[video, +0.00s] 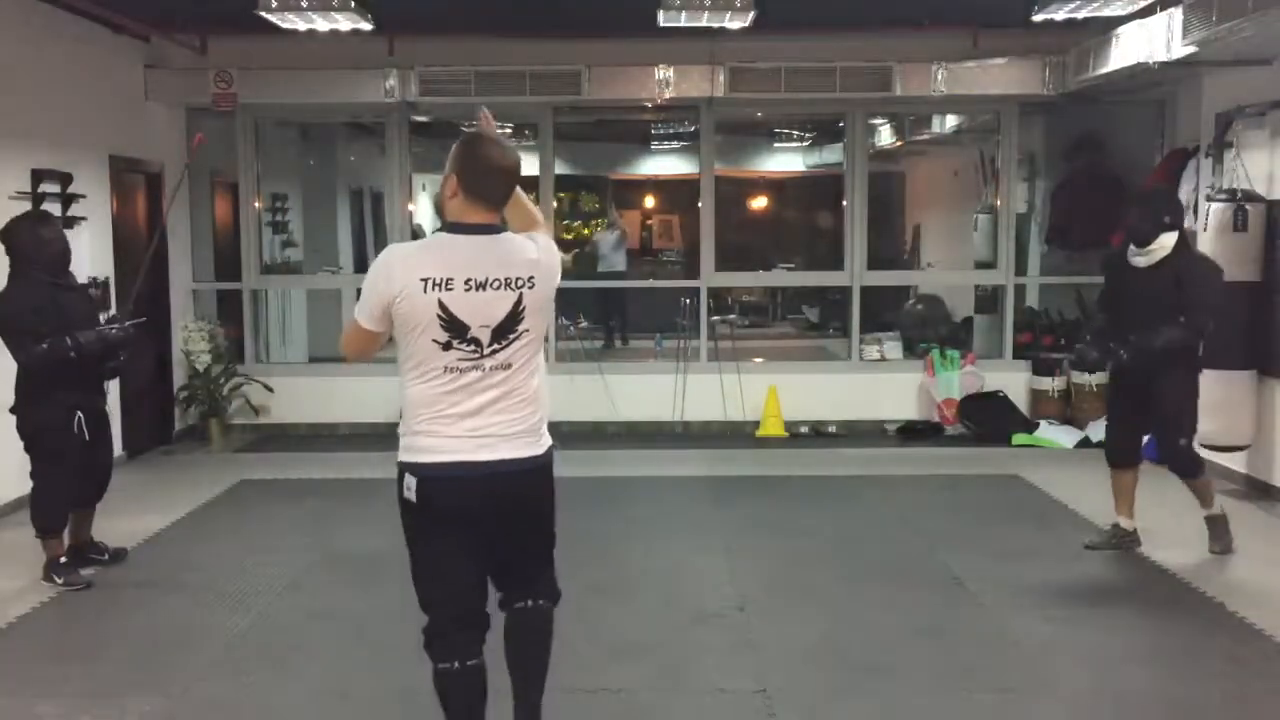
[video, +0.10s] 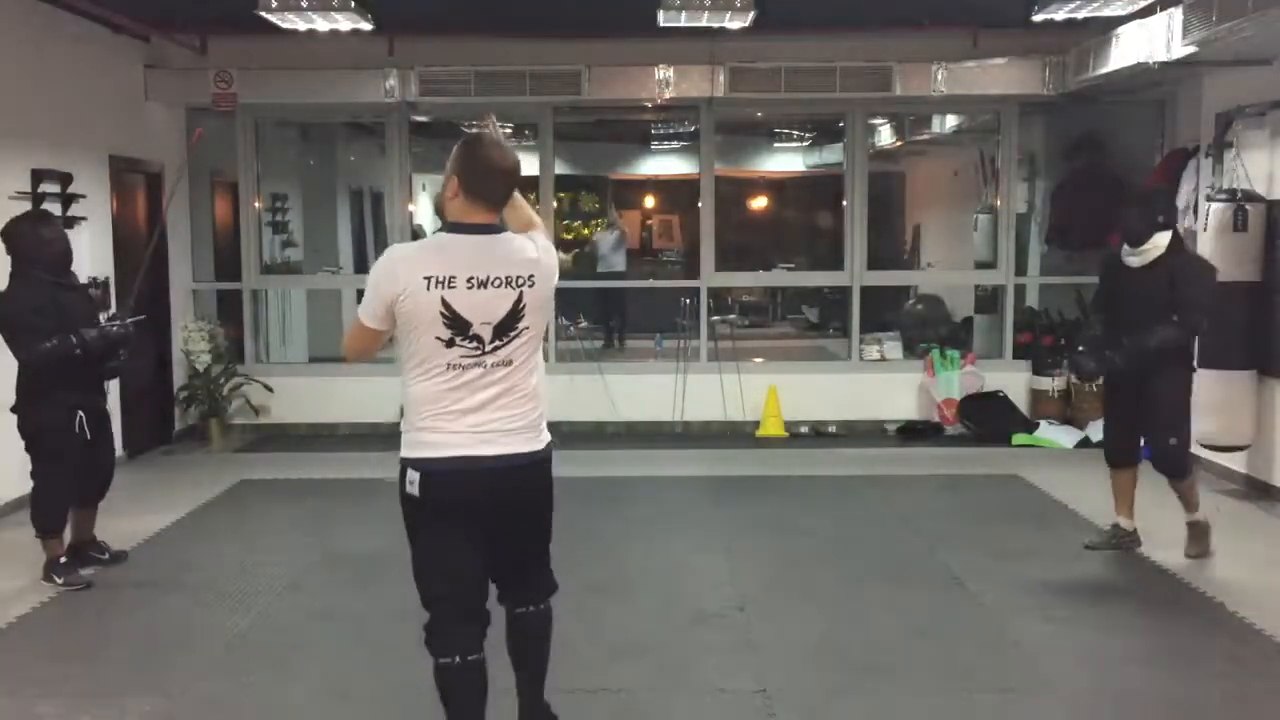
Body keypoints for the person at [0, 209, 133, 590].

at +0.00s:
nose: (64, 243)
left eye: (62, 236)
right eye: (53, 238)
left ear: (61, 239)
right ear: (30, 247)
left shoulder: (71, 289)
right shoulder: (16, 297)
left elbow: (93, 350)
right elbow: (29, 356)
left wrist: (113, 345)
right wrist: (81, 344)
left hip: (86, 398)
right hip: (45, 403)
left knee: (94, 467)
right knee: (53, 475)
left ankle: (81, 544)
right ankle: (55, 561)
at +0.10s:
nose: (65, 243)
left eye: (63, 236)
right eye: (55, 238)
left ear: (63, 240)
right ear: (30, 247)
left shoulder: (73, 289)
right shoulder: (17, 297)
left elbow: (93, 346)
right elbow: (31, 352)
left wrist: (113, 340)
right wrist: (82, 341)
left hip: (86, 397)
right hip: (45, 402)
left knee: (96, 466)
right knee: (53, 475)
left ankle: (83, 542)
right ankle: (55, 559)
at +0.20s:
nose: (70, 237)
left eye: (67, 230)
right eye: (60, 231)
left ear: (55, 240)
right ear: (36, 243)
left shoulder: (75, 287)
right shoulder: (20, 296)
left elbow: (88, 338)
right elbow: (38, 350)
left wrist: (116, 336)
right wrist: (97, 340)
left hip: (88, 397)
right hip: (48, 404)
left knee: (101, 465)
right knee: (55, 477)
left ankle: (86, 540)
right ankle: (55, 560)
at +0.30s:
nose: (74, 244)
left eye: (72, 238)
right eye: (65, 239)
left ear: (66, 244)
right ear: (42, 247)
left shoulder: (80, 289)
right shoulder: (22, 297)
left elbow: (95, 337)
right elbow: (42, 350)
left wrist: (118, 334)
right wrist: (100, 338)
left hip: (91, 397)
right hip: (51, 404)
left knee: (95, 468)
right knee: (55, 477)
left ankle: (90, 544)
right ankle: (56, 560)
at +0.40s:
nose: (81, 251)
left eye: (80, 243)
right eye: (73, 244)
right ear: (51, 248)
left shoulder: (83, 290)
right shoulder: (27, 297)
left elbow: (95, 335)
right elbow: (50, 351)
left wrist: (121, 335)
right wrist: (109, 337)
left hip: (94, 396)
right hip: (57, 402)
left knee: (96, 468)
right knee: (60, 475)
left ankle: (90, 545)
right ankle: (56, 560)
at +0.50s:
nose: (90, 254)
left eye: (90, 246)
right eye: (83, 246)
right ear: (62, 249)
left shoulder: (86, 290)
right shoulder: (32, 296)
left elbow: (98, 333)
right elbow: (52, 352)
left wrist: (125, 335)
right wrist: (110, 339)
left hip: (98, 397)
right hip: (60, 402)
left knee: (100, 469)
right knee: (66, 475)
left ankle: (90, 545)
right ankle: (58, 559)